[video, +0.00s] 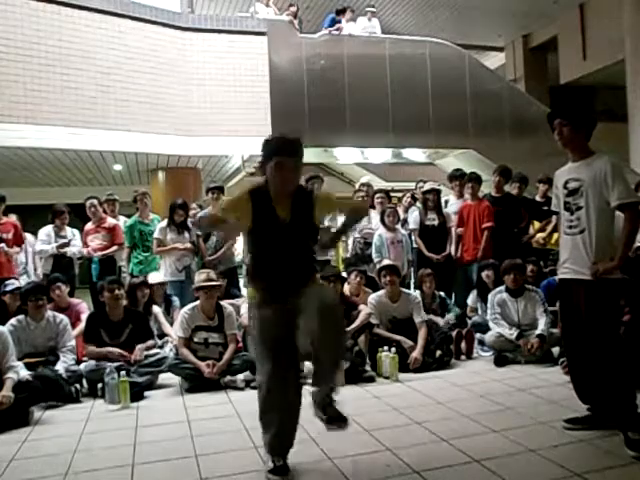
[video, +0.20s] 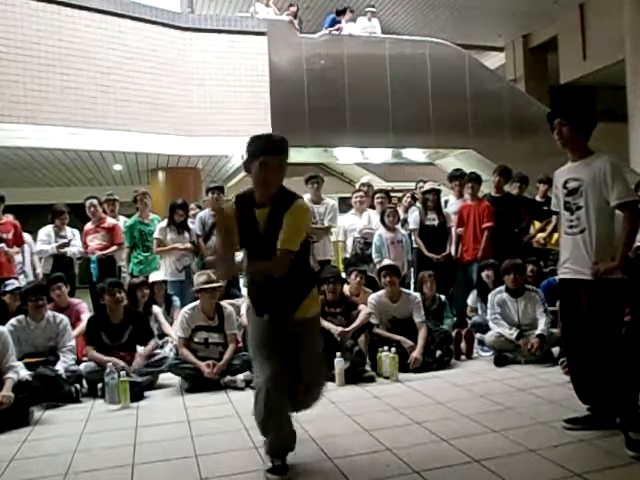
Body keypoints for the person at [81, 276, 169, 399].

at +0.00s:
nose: (117, 293)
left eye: (119, 289)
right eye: (111, 291)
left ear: (124, 292)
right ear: (102, 297)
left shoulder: (136, 315)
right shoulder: (94, 318)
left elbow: (152, 341)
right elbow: (88, 350)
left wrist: (141, 347)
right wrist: (108, 352)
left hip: (135, 360)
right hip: (107, 364)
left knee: (163, 356)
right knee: (87, 368)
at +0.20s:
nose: (118, 297)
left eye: (120, 292)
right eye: (112, 294)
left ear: (125, 294)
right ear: (103, 300)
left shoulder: (136, 316)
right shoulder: (95, 321)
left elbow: (152, 342)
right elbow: (90, 352)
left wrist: (141, 356)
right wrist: (113, 361)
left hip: (134, 362)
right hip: (107, 363)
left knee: (164, 356)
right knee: (86, 368)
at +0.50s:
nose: (118, 299)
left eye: (120, 295)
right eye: (112, 297)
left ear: (124, 297)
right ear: (102, 302)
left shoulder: (135, 318)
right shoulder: (94, 323)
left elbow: (152, 344)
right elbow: (88, 354)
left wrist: (145, 365)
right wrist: (116, 359)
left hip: (133, 363)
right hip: (105, 364)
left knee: (164, 358)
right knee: (86, 369)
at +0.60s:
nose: (118, 300)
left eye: (120, 296)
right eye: (112, 298)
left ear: (124, 298)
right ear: (102, 303)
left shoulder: (135, 318)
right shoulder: (94, 323)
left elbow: (152, 344)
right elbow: (88, 355)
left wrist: (144, 366)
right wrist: (117, 359)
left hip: (133, 362)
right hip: (106, 364)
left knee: (164, 356)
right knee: (86, 369)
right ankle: (139, 381)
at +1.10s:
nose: (119, 304)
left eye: (122, 299)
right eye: (115, 301)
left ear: (129, 302)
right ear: (107, 306)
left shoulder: (137, 321)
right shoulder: (98, 324)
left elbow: (149, 347)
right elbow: (88, 356)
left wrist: (137, 367)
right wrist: (113, 362)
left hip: (133, 362)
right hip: (107, 364)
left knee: (163, 357)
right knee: (86, 369)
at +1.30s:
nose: (129, 311)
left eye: (132, 307)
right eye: (124, 308)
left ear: (137, 307)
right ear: (113, 308)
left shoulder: (141, 322)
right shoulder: (103, 324)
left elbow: (149, 349)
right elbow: (91, 356)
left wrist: (138, 369)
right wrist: (110, 365)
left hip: (134, 363)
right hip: (109, 363)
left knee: (163, 359)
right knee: (85, 369)